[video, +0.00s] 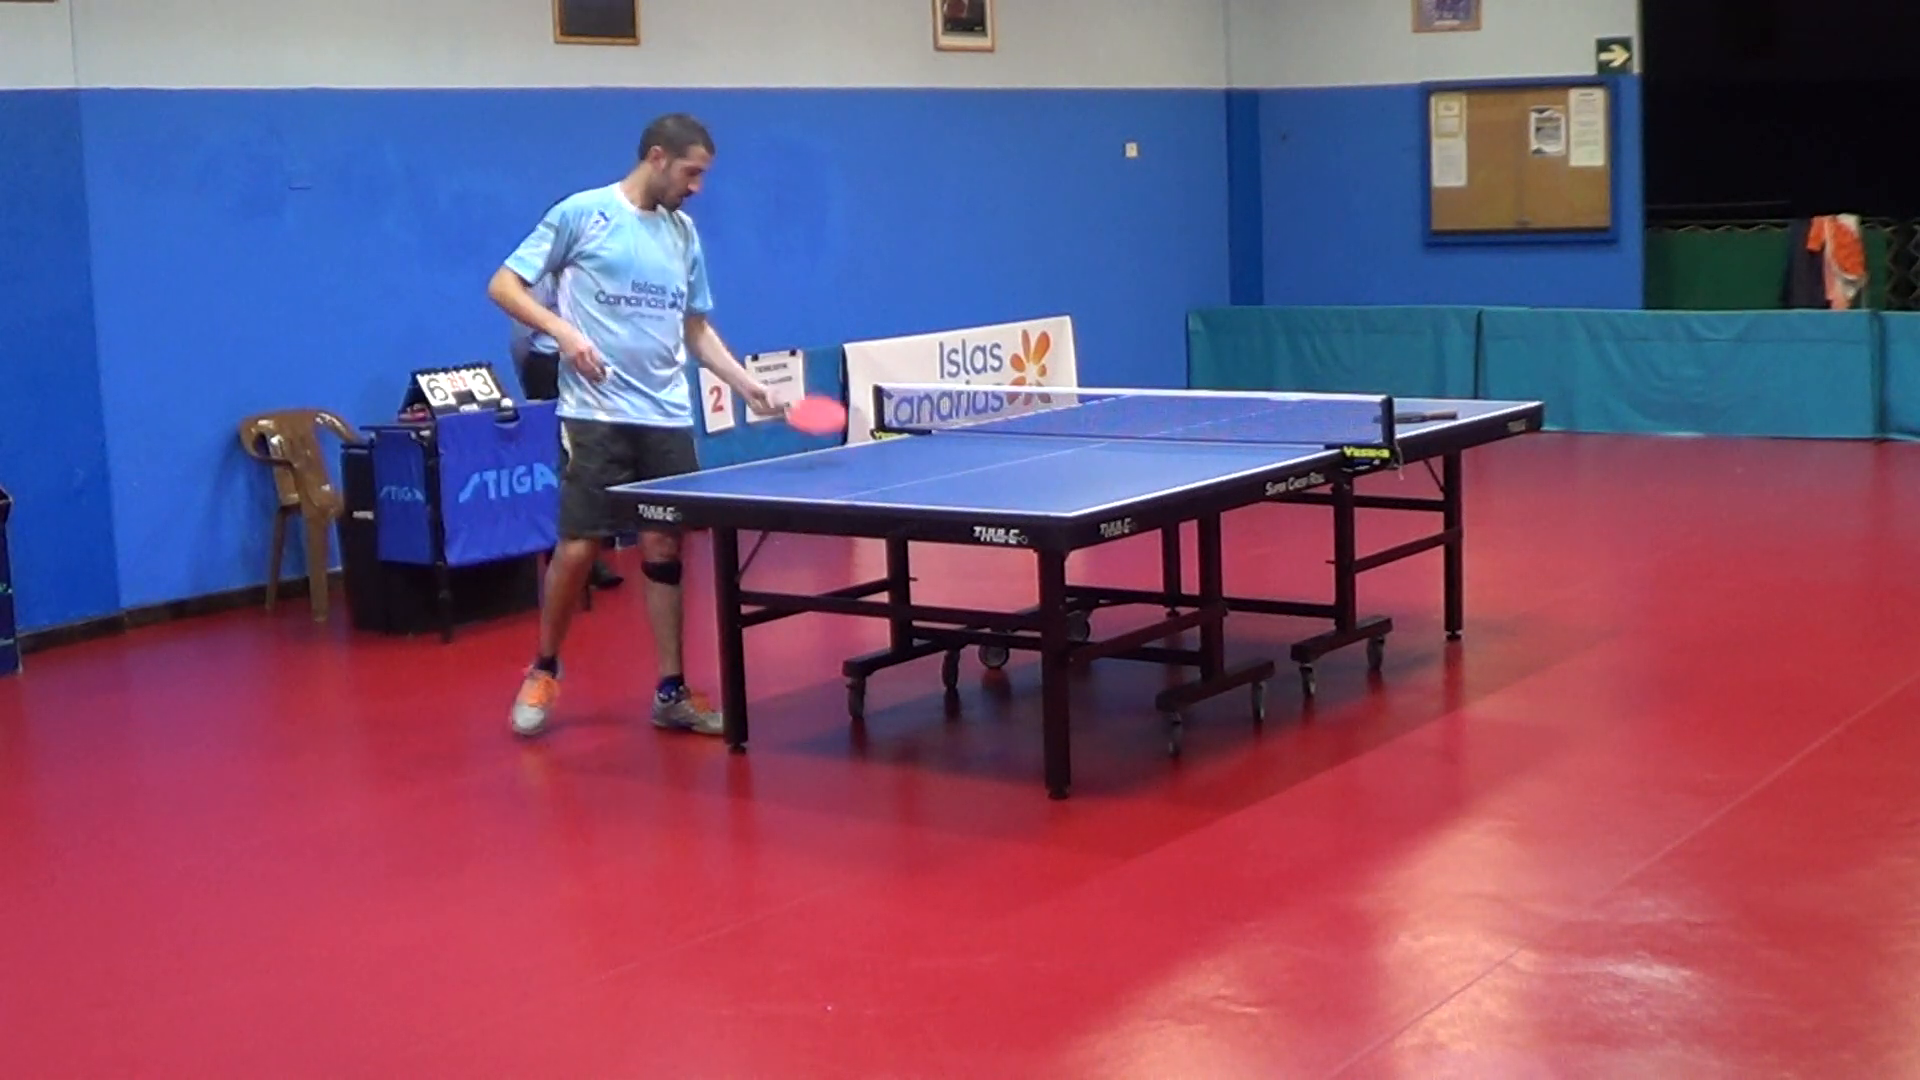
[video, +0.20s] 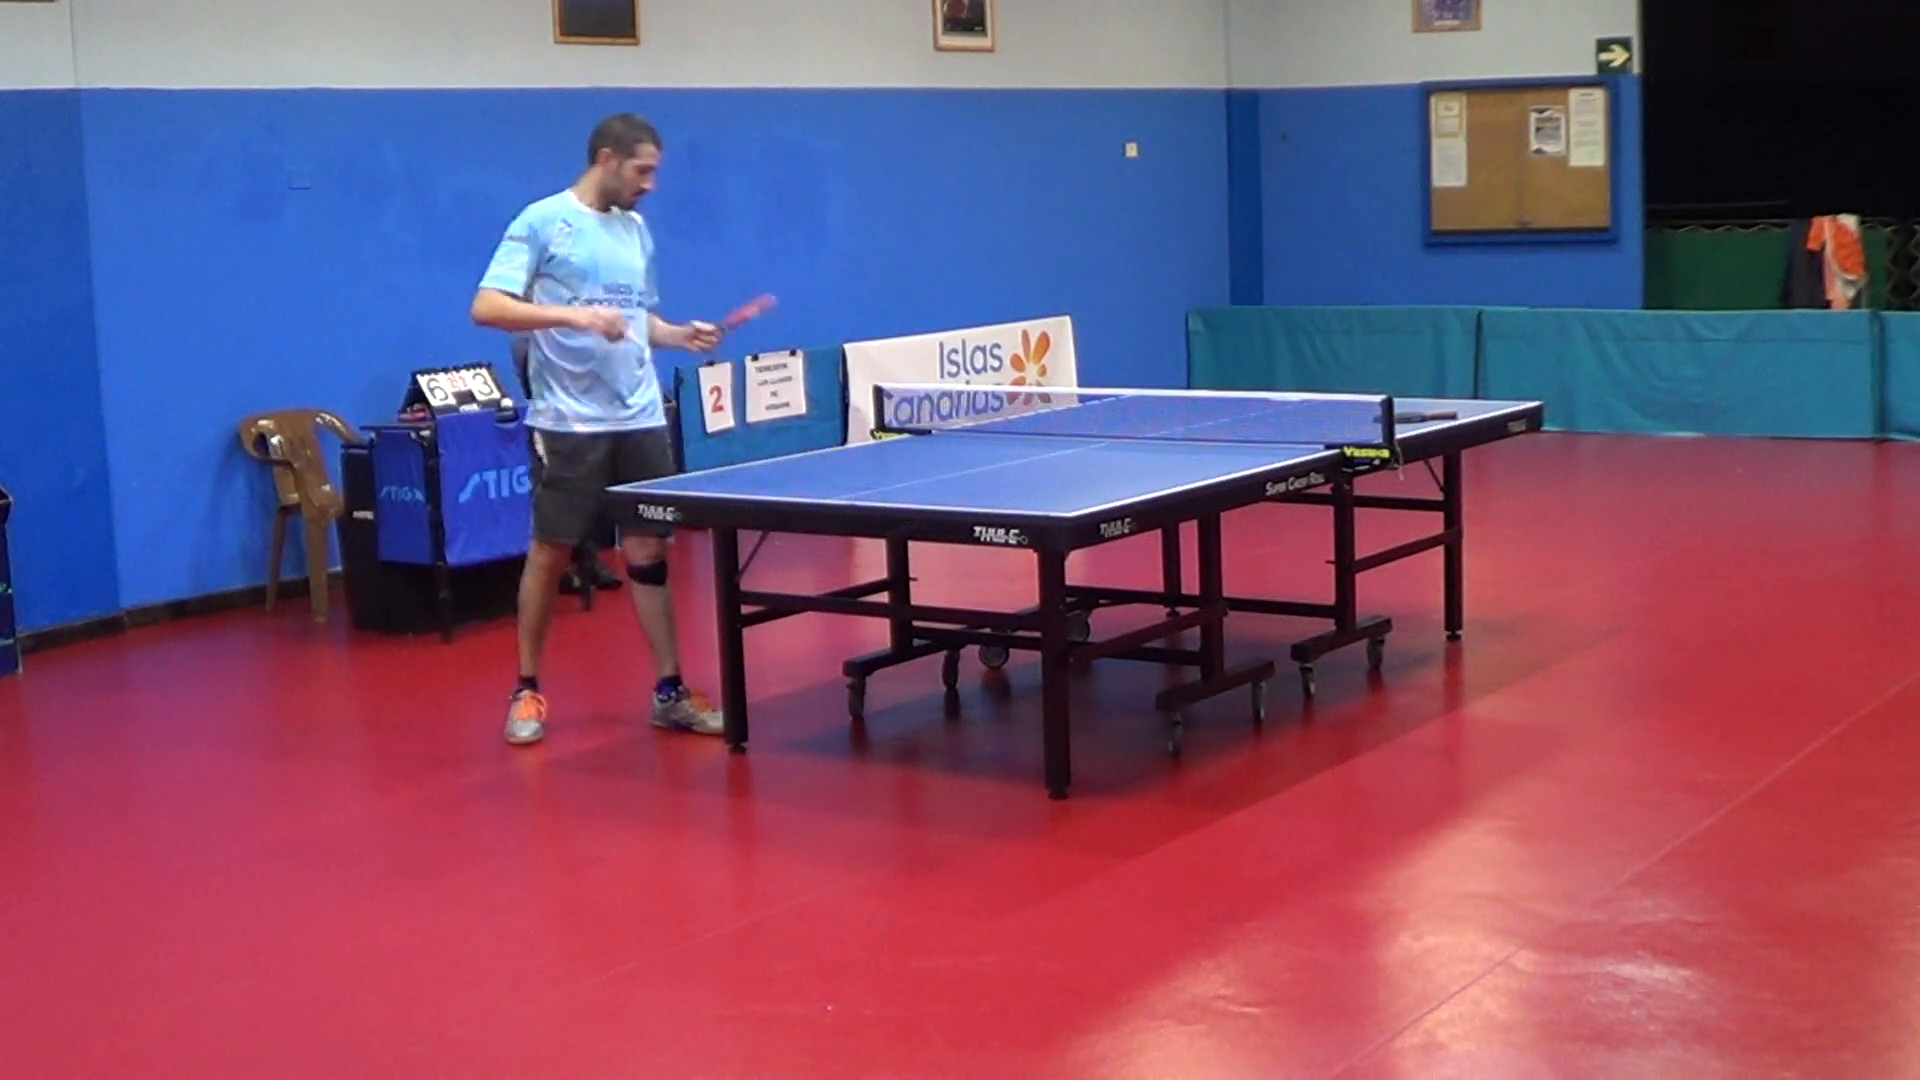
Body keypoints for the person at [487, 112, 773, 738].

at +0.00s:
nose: (697, 186)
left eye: (702, 174)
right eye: (692, 172)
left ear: (674, 166)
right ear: (657, 159)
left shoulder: (684, 233)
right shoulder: (582, 214)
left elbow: (696, 328)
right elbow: (503, 285)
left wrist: (751, 387)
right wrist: (564, 332)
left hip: (668, 417)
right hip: (596, 416)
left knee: (664, 549)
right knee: (577, 552)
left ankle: (672, 691)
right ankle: (544, 671)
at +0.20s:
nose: (650, 183)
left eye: (654, 171)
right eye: (644, 170)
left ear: (630, 166)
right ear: (605, 159)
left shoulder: (637, 228)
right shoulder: (542, 221)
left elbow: (635, 319)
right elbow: (486, 306)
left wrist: (683, 335)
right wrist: (575, 317)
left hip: (640, 418)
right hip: (569, 422)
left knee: (649, 551)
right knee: (550, 554)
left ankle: (670, 692)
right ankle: (528, 690)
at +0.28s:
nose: (627, 183)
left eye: (631, 172)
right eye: (620, 170)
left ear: (599, 168)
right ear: (582, 163)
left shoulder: (611, 229)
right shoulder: (521, 226)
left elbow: (603, 328)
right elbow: (487, 316)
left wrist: (659, 324)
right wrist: (582, 304)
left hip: (623, 419)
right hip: (553, 427)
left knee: (640, 553)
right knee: (539, 558)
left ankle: (670, 693)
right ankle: (529, 692)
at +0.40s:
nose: (593, 184)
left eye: (596, 173)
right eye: (585, 172)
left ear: (574, 170)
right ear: (546, 165)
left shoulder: (581, 225)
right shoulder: (493, 233)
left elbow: (583, 322)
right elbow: (492, 327)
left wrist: (632, 316)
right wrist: (585, 292)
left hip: (599, 421)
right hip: (531, 432)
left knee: (630, 554)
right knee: (523, 560)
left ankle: (669, 692)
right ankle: (527, 693)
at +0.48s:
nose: (574, 183)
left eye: (577, 172)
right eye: (566, 172)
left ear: (550, 169)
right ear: (528, 165)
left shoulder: (564, 226)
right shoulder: (479, 236)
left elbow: (571, 317)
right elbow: (496, 333)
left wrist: (610, 305)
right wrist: (579, 289)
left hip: (587, 415)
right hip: (521, 429)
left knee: (625, 546)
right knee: (520, 558)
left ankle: (661, 687)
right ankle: (525, 692)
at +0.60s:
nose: (553, 183)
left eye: (557, 173)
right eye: (545, 172)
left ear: (536, 169)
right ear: (508, 166)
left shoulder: (544, 221)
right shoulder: (465, 235)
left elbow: (553, 307)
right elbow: (487, 333)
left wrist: (594, 290)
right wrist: (570, 291)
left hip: (576, 408)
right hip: (513, 425)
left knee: (614, 538)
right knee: (516, 553)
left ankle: (636, 684)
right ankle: (526, 693)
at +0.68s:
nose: (542, 185)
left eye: (547, 174)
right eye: (534, 174)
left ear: (536, 170)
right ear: (497, 168)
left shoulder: (535, 222)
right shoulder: (458, 237)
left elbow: (543, 308)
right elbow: (478, 333)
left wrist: (582, 289)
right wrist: (558, 293)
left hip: (570, 405)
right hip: (508, 423)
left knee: (608, 537)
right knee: (511, 554)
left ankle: (610, 681)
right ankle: (526, 693)